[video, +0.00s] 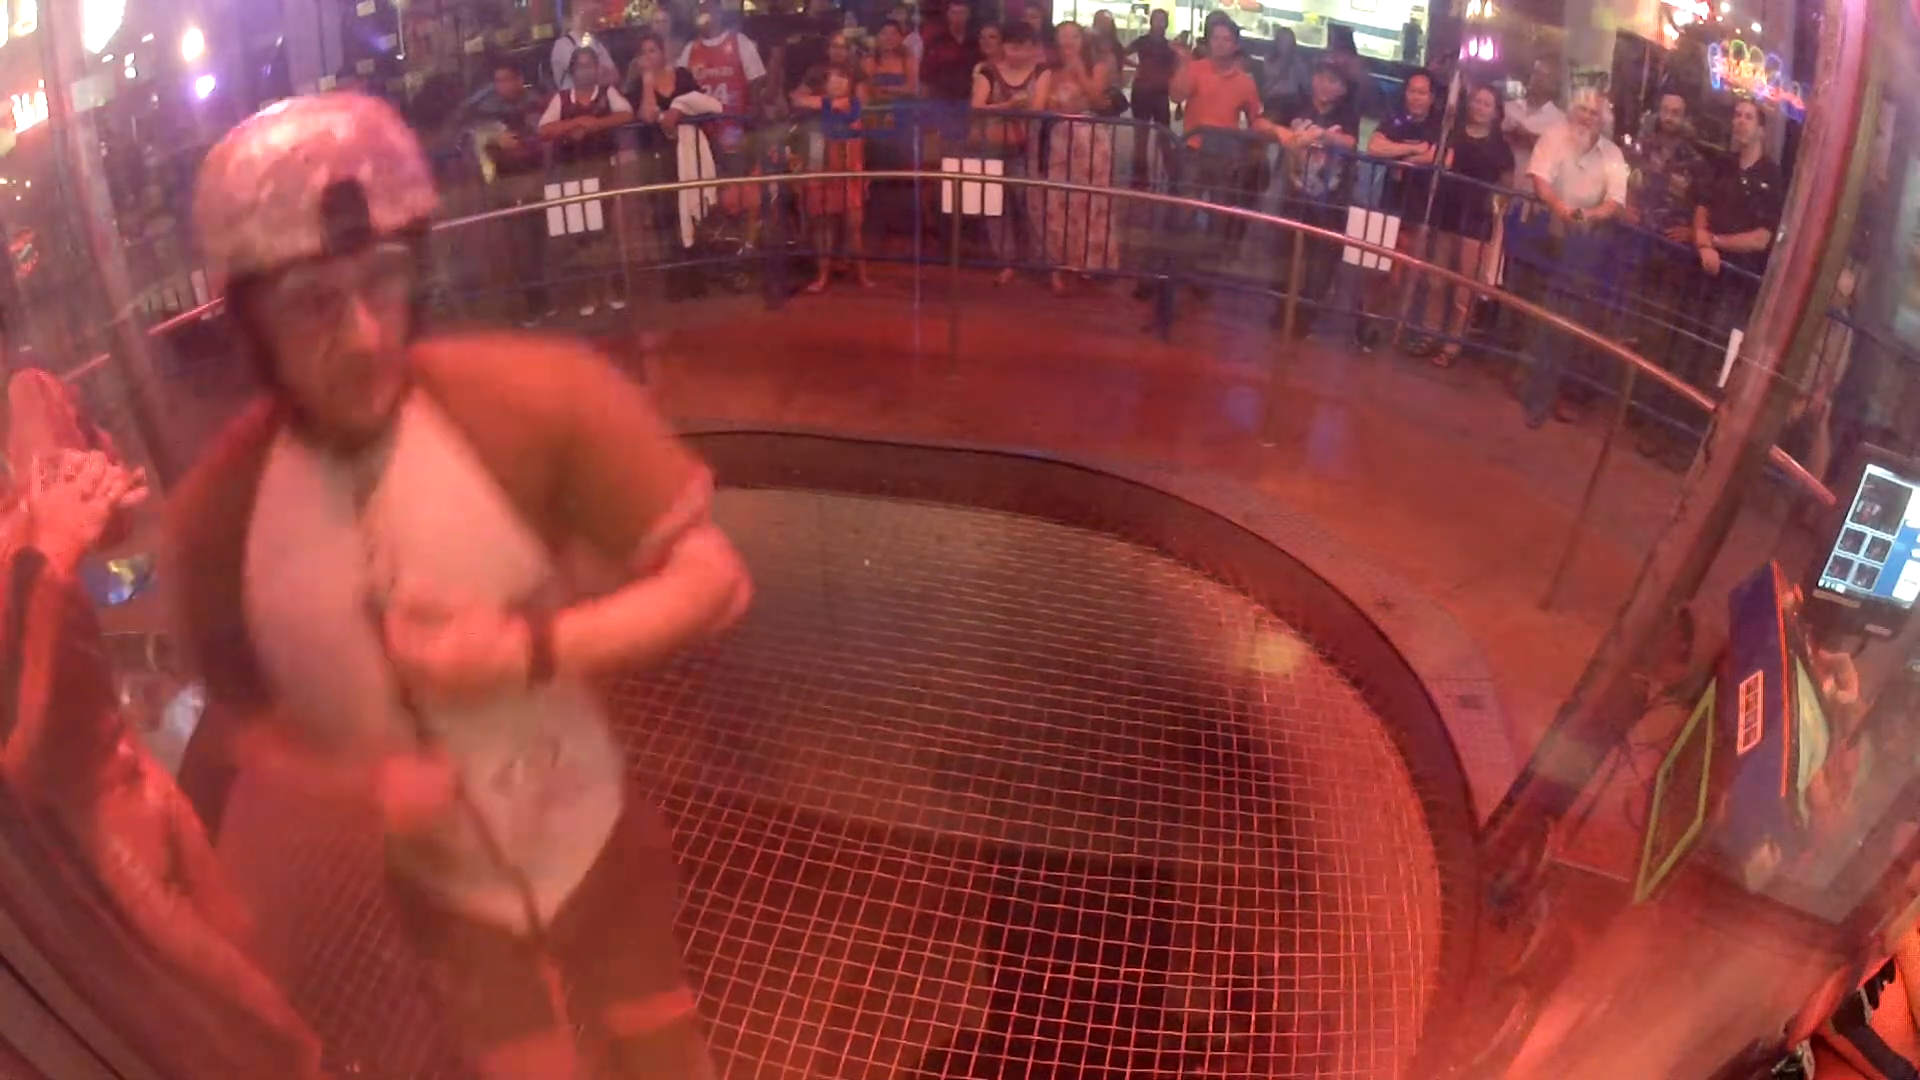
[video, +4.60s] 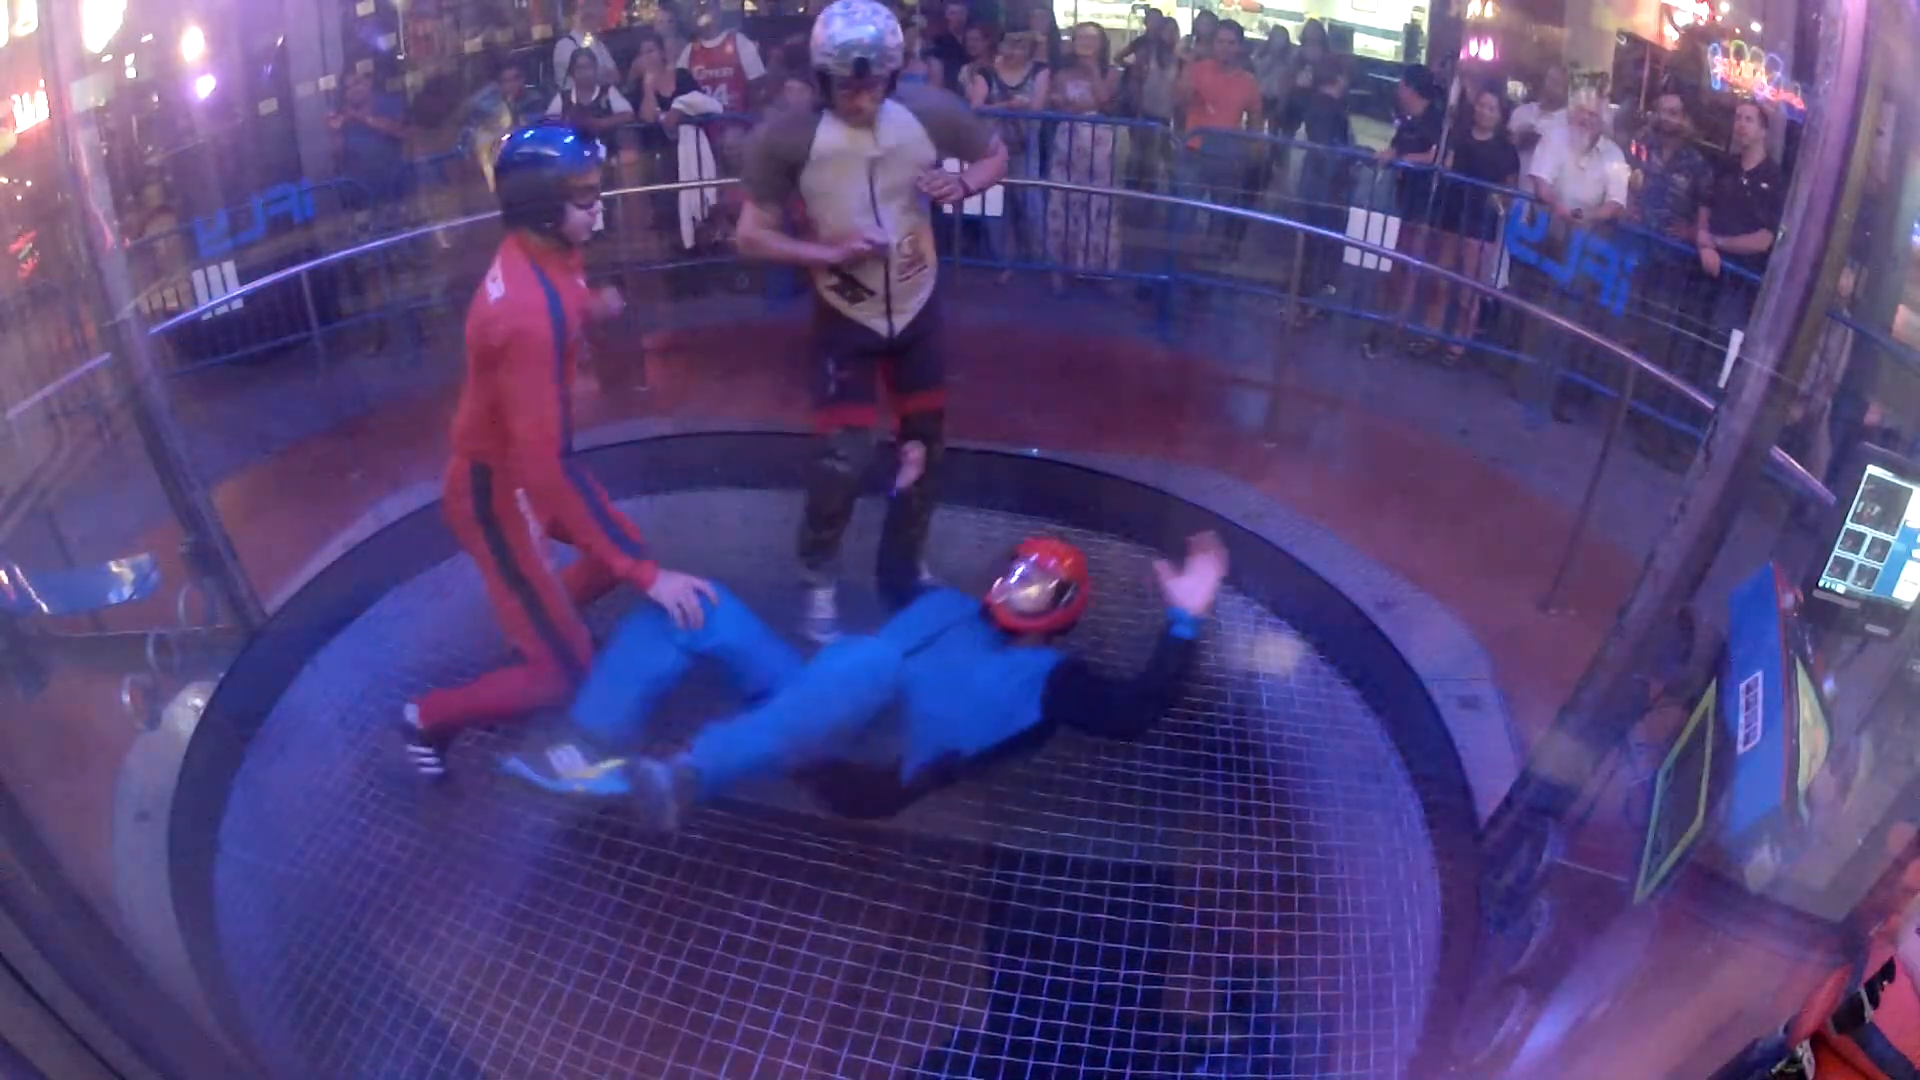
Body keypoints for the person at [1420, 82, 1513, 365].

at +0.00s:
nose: (1480, 107)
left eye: (1487, 104)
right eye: (1477, 101)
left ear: (1496, 112)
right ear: (1468, 104)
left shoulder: (1500, 148)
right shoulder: (1453, 137)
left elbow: (1506, 187)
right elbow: (1439, 167)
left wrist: (1497, 212)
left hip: (1477, 219)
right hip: (1446, 212)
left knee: (1464, 287)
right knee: (1436, 279)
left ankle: (1453, 342)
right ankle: (1430, 333)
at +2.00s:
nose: (1472, 108)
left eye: (1478, 103)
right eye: (1468, 101)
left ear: (1488, 110)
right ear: (1461, 106)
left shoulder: (1492, 147)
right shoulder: (1449, 139)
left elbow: (1498, 184)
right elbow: (1436, 171)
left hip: (1472, 218)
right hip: (1442, 213)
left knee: (1461, 285)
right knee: (1434, 279)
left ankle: (1451, 342)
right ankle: (1428, 333)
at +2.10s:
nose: (1471, 108)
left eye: (1478, 104)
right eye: (1468, 102)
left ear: (1488, 111)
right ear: (1461, 105)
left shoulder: (1491, 148)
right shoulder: (1448, 140)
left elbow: (1497, 185)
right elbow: (1436, 171)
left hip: (1471, 219)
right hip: (1441, 214)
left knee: (1461, 284)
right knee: (1434, 278)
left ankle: (1452, 341)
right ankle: (1429, 333)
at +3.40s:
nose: (1477, 110)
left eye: (1483, 105)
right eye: (1472, 104)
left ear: (1491, 112)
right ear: (1463, 107)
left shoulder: (1496, 147)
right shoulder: (1451, 138)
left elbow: (1501, 181)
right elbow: (1440, 168)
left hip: (1474, 217)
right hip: (1444, 212)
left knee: (1463, 285)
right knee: (1435, 279)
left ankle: (1456, 341)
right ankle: (1429, 332)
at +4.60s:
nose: (1485, 113)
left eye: (1492, 109)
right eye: (1482, 106)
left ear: (1501, 116)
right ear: (1473, 109)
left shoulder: (1506, 150)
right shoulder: (1459, 139)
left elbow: (1510, 187)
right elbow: (1445, 168)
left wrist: (1500, 201)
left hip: (1481, 217)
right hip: (1451, 210)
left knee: (1469, 283)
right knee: (1440, 277)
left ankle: (1460, 339)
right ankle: (1432, 331)